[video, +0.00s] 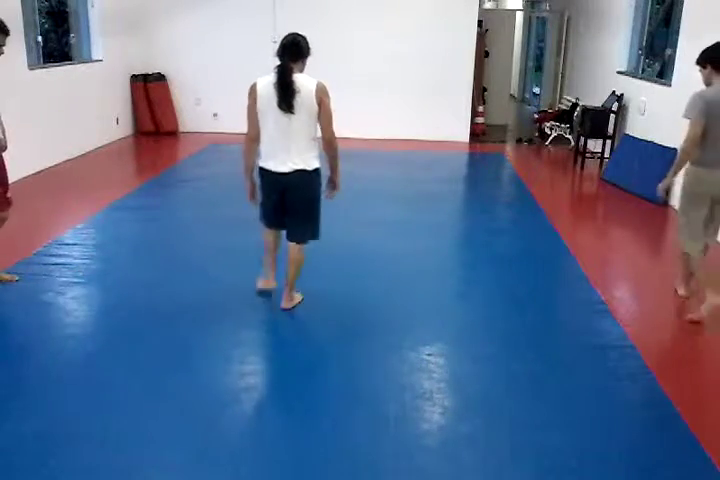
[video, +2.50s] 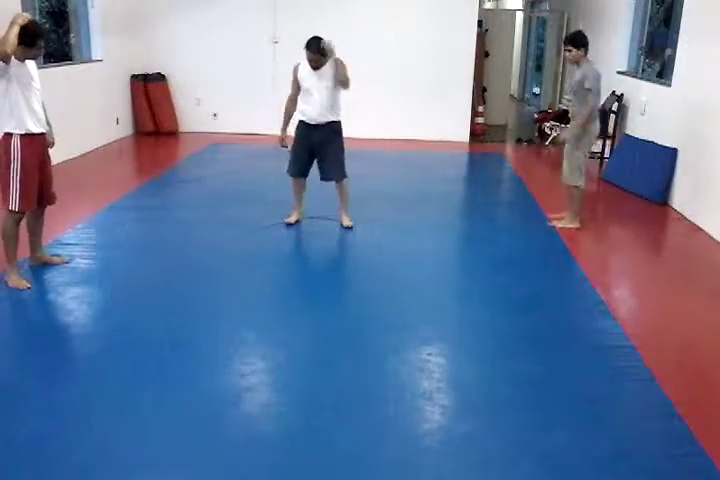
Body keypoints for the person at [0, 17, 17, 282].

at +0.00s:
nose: (3, 51)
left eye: (4, 45)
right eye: (2, 45)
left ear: (6, 42)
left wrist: (3, 136)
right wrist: (3, 137)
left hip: (0, 151)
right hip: (0, 151)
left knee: (4, 209)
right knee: (3, 210)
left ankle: (0, 269)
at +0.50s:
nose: (13, 56)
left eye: (15, 50)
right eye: (11, 49)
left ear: (10, 48)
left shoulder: (2, 74)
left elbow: (4, 110)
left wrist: (10, 135)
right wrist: (10, 137)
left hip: (8, 148)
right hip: (3, 150)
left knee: (24, 204)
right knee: (15, 207)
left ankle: (0, 265)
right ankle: (0, 276)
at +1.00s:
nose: (32, 51)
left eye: (33, 45)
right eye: (29, 45)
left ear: (16, 43)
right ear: (12, 42)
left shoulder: (21, 67)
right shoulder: (2, 69)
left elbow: (21, 103)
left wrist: (31, 131)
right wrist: (3, 137)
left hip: (27, 142)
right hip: (8, 145)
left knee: (32, 204)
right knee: (7, 212)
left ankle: (36, 251)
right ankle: (0, 273)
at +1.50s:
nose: (45, 49)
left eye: (46, 44)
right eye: (43, 43)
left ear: (28, 41)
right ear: (25, 40)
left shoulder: (28, 65)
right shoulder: (4, 64)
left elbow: (26, 101)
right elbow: (3, 96)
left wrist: (39, 129)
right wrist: (29, 100)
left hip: (32, 137)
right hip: (11, 139)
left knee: (36, 199)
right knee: (13, 206)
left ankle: (36, 252)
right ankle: (7, 266)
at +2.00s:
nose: (29, 58)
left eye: (32, 54)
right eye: (27, 53)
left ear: (30, 48)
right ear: (16, 44)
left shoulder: (23, 63)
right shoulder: (3, 63)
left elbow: (28, 99)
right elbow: (4, 55)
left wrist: (41, 128)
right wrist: (12, 27)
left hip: (32, 135)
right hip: (11, 136)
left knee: (38, 200)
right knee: (12, 208)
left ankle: (37, 253)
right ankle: (10, 268)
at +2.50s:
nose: (35, 58)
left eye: (38, 54)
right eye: (32, 53)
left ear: (38, 48)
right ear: (20, 45)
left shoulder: (29, 61)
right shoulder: (6, 63)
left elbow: (36, 98)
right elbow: (6, 52)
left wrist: (46, 129)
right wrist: (16, 23)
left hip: (36, 135)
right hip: (14, 136)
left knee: (39, 202)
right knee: (15, 208)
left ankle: (37, 252)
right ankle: (11, 268)